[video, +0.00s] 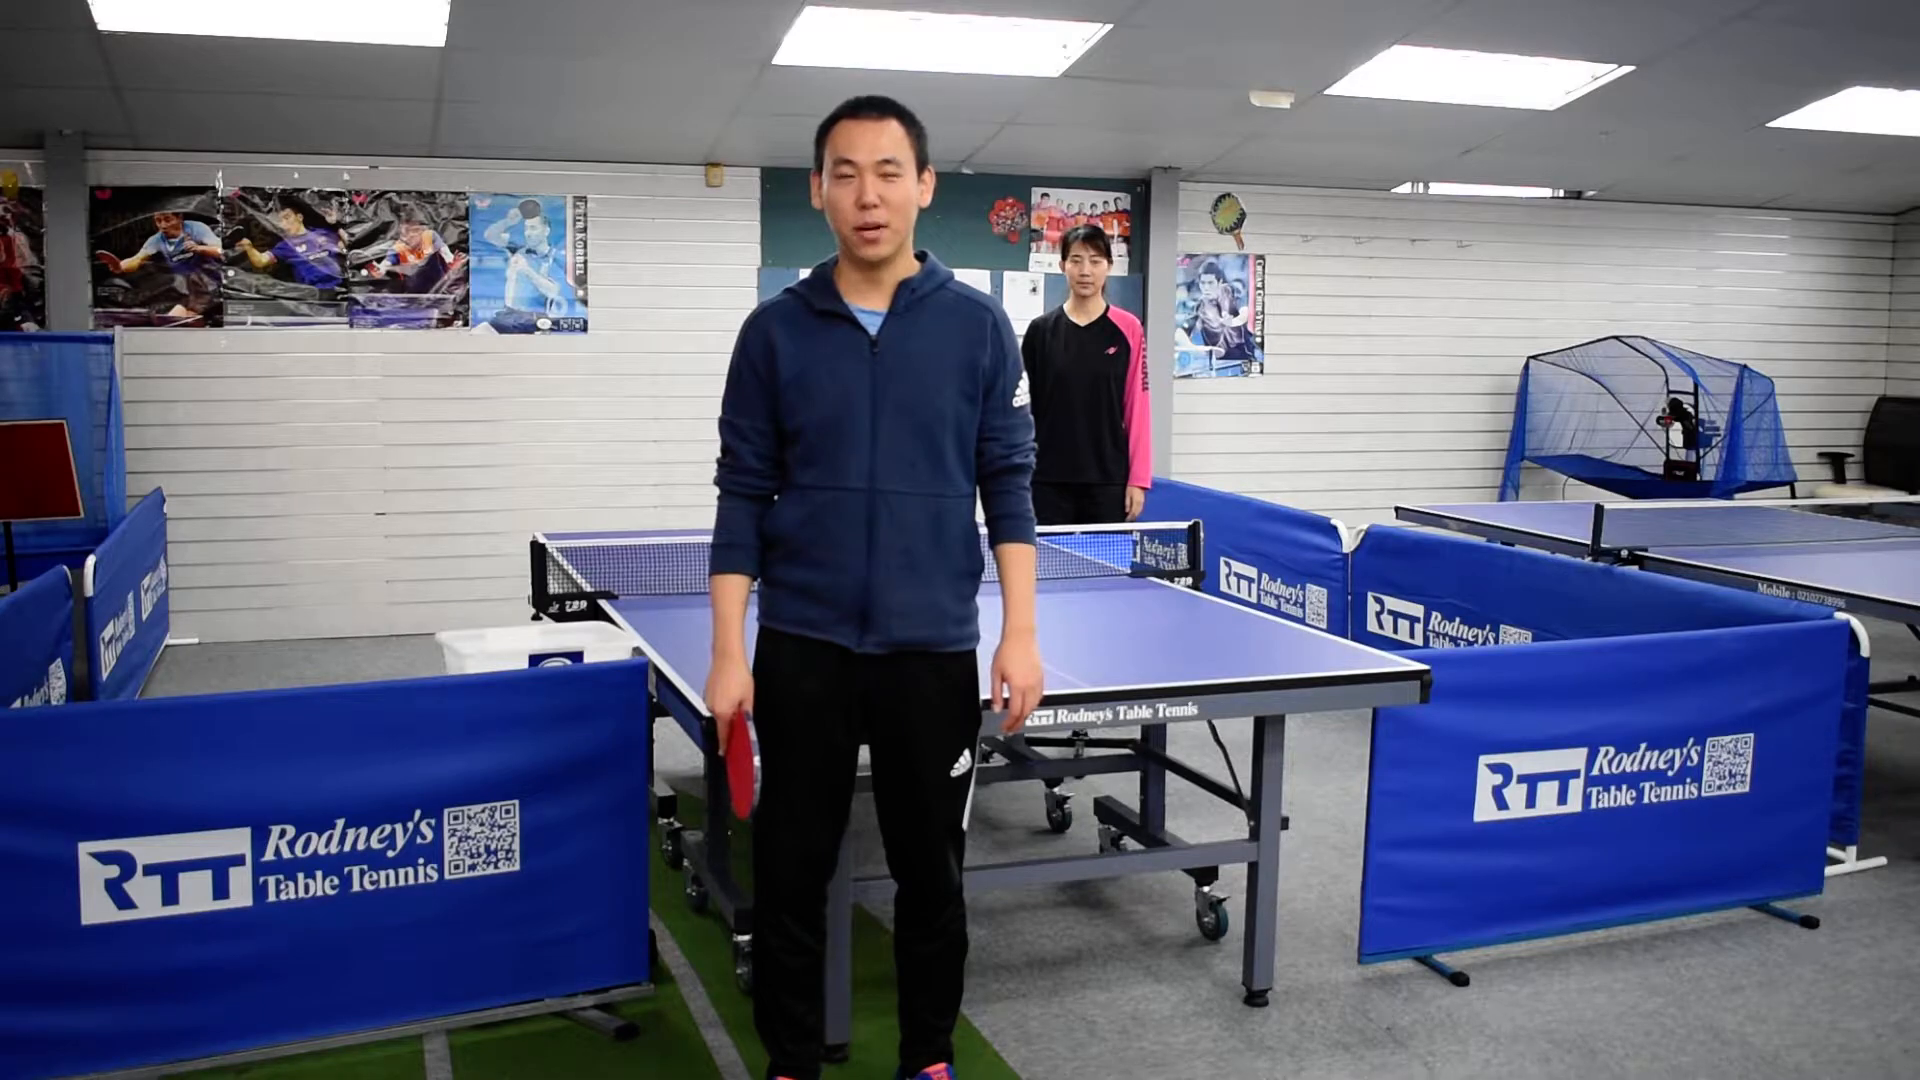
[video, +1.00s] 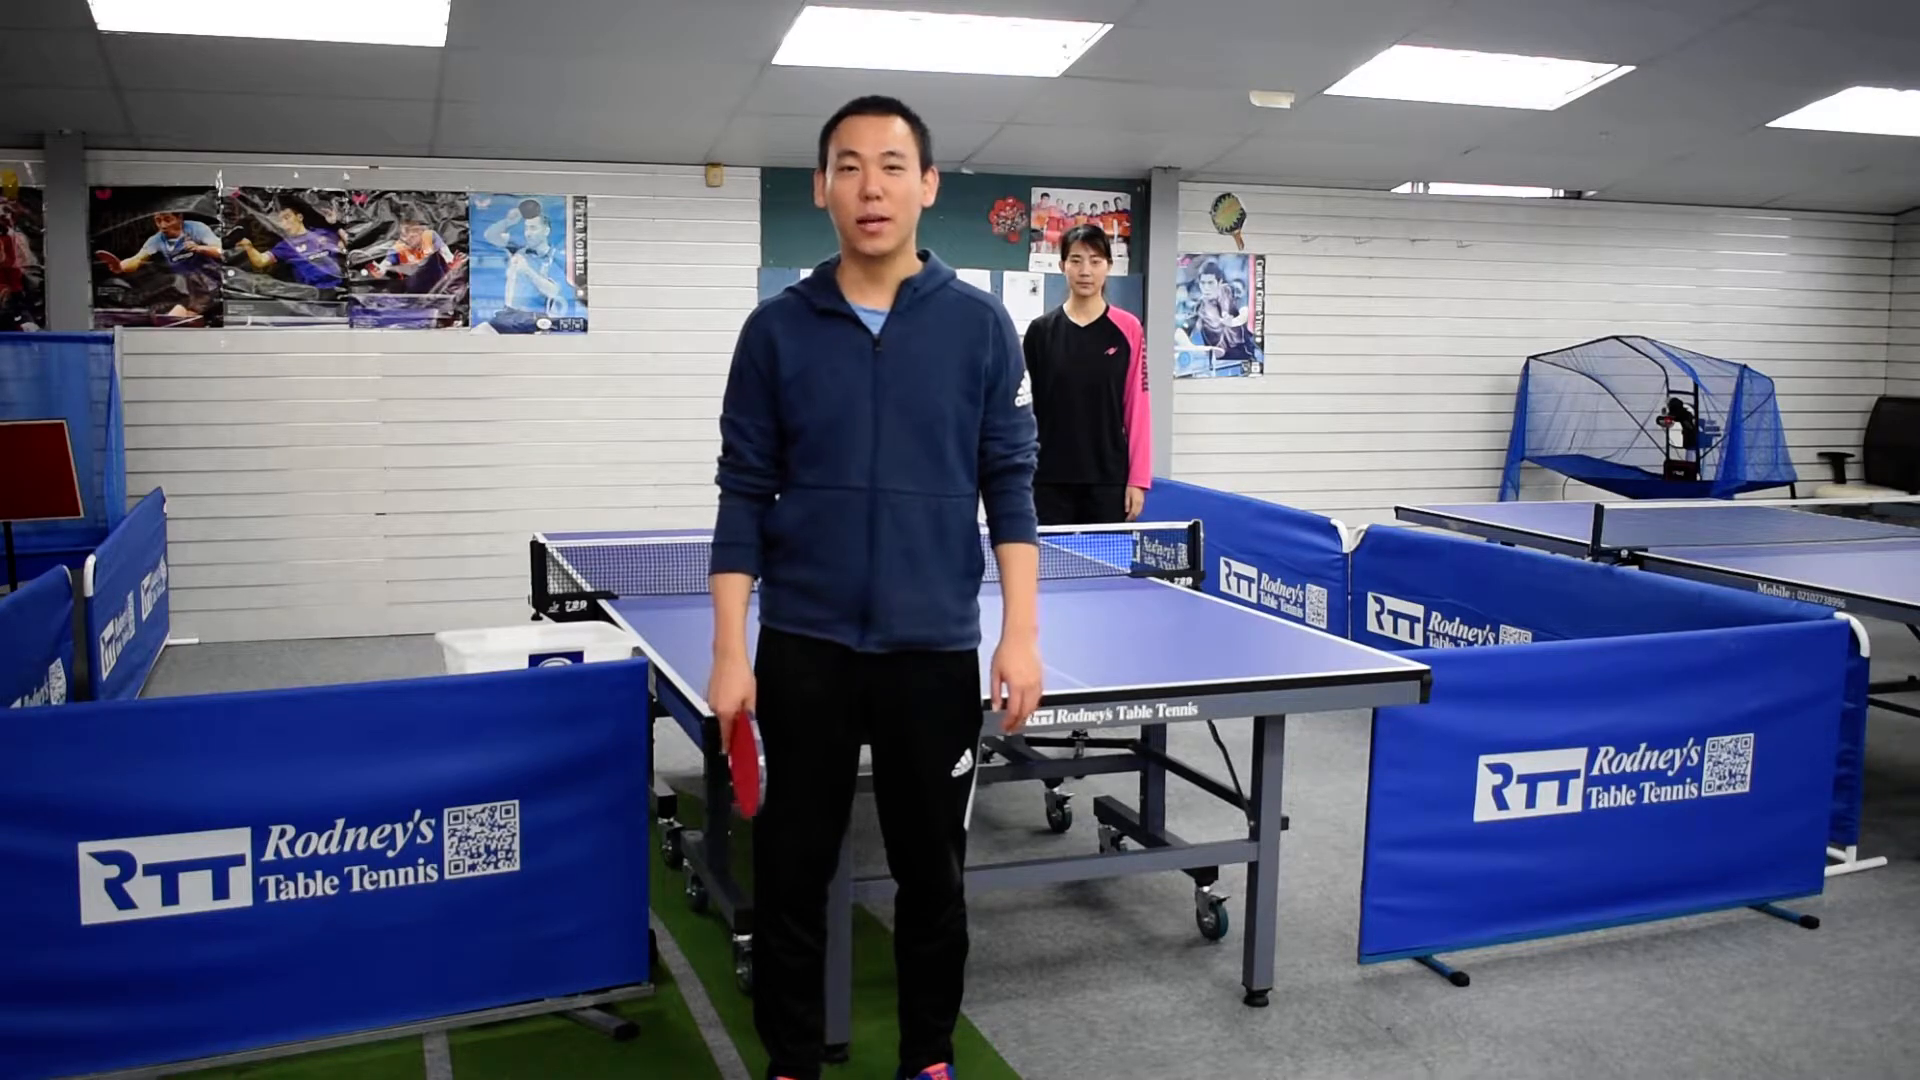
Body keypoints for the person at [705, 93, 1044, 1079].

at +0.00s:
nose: (867, 193)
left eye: (888, 172)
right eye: (846, 174)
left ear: (923, 189)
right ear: (820, 194)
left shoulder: (977, 326)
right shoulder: (775, 330)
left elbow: (1009, 483)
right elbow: (740, 491)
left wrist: (1020, 632)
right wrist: (728, 651)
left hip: (931, 644)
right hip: (804, 642)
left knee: (930, 871)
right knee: (789, 874)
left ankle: (929, 1061)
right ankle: (791, 1061)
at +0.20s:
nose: (866, 189)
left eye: (888, 169)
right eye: (845, 170)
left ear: (922, 189)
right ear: (819, 192)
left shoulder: (976, 326)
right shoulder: (775, 330)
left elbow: (1010, 482)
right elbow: (740, 491)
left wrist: (1020, 632)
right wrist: (729, 652)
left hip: (931, 643)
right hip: (804, 642)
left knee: (930, 871)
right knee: (789, 873)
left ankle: (929, 1060)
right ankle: (791, 1061)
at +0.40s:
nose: (866, 186)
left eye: (888, 166)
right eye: (844, 167)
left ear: (922, 189)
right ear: (819, 192)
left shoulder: (977, 325)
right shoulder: (775, 329)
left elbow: (1010, 483)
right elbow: (740, 491)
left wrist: (1020, 632)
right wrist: (729, 652)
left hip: (932, 643)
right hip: (804, 642)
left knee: (930, 872)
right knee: (789, 874)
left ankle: (929, 1061)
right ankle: (791, 1062)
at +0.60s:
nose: (867, 185)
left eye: (889, 166)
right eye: (846, 167)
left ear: (924, 188)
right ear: (821, 190)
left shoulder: (978, 326)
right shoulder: (775, 328)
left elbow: (1012, 482)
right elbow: (740, 489)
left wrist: (1025, 630)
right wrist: (727, 648)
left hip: (932, 645)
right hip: (804, 643)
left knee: (931, 872)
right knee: (789, 874)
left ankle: (930, 1060)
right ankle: (790, 1061)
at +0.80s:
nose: (868, 187)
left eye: (891, 168)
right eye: (847, 168)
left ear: (925, 189)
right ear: (823, 190)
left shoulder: (978, 326)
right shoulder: (777, 329)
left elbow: (1012, 485)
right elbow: (740, 490)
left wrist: (1023, 632)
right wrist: (727, 649)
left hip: (932, 645)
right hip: (804, 643)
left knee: (931, 873)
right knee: (789, 874)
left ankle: (930, 1060)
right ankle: (791, 1061)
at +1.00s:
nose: (870, 187)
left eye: (892, 167)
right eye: (849, 168)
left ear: (926, 189)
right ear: (823, 190)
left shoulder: (979, 326)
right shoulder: (777, 329)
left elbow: (1011, 486)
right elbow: (741, 491)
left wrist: (1021, 634)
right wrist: (729, 650)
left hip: (933, 644)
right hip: (805, 643)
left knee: (931, 872)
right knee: (790, 874)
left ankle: (930, 1061)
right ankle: (791, 1061)